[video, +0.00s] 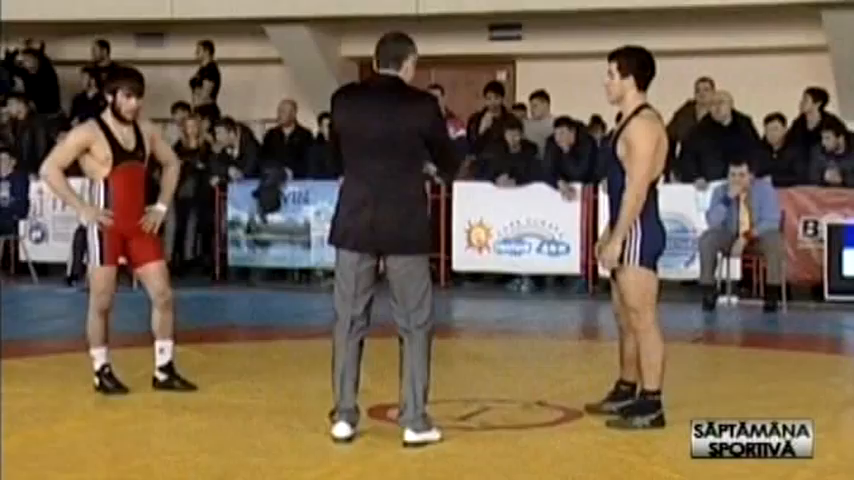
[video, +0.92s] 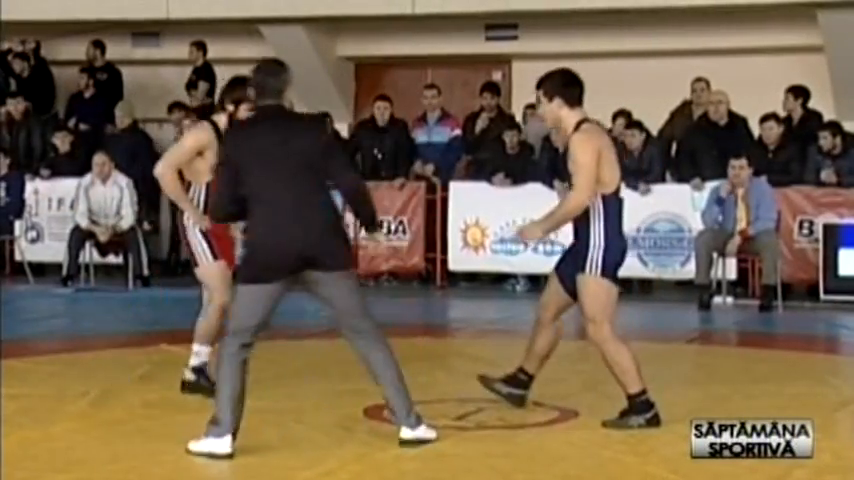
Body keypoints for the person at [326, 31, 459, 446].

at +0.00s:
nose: (416, 69)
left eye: (414, 62)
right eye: (415, 63)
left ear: (375, 61)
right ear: (409, 64)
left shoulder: (344, 99)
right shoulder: (423, 104)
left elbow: (338, 162)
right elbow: (448, 164)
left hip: (354, 224)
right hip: (407, 226)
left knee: (348, 322)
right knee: (416, 324)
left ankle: (344, 415)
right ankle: (415, 421)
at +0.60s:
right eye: (389, 75)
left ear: (353, 76)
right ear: (389, 78)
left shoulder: (331, 108)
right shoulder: (409, 115)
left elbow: (311, 175)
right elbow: (433, 180)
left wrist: (345, 171)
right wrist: (415, 193)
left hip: (339, 221)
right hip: (391, 223)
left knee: (307, 318)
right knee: (406, 326)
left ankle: (282, 415)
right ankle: (413, 424)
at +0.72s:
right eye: (361, 81)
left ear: (326, 84)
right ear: (360, 84)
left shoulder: (307, 122)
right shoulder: (388, 124)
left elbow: (288, 191)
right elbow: (425, 187)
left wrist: (324, 184)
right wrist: (417, 236)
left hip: (322, 238)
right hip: (378, 239)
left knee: (283, 329)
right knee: (401, 330)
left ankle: (246, 417)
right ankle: (413, 424)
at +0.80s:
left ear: (299, 93)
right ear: (333, 91)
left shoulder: (283, 135)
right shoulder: (365, 131)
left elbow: (265, 201)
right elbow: (403, 193)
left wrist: (305, 202)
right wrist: (409, 242)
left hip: (309, 249)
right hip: (364, 247)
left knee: (266, 336)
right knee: (395, 329)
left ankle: (229, 423)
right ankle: (411, 424)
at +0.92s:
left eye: (255, 88)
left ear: (253, 92)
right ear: (287, 91)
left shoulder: (237, 137)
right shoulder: (314, 128)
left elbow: (221, 208)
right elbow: (349, 181)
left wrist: (256, 202)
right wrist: (370, 221)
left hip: (267, 250)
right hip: (324, 243)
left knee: (236, 341)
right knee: (364, 332)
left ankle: (223, 434)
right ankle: (410, 423)